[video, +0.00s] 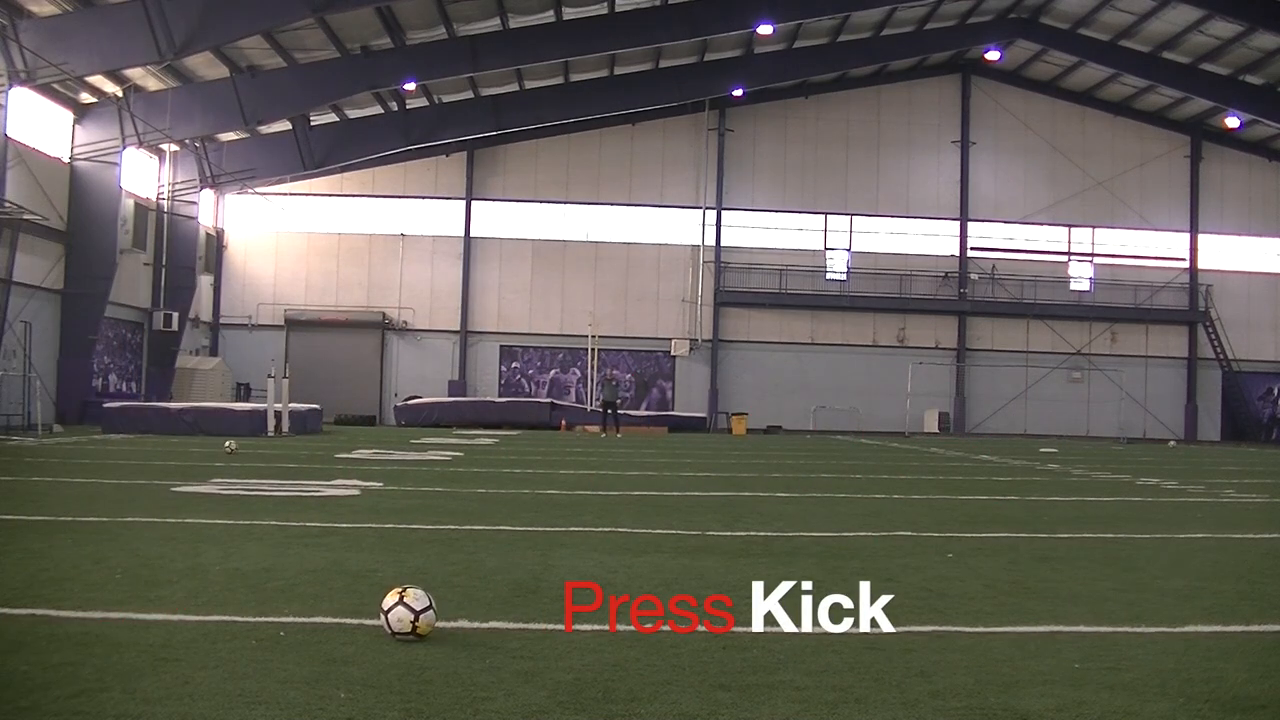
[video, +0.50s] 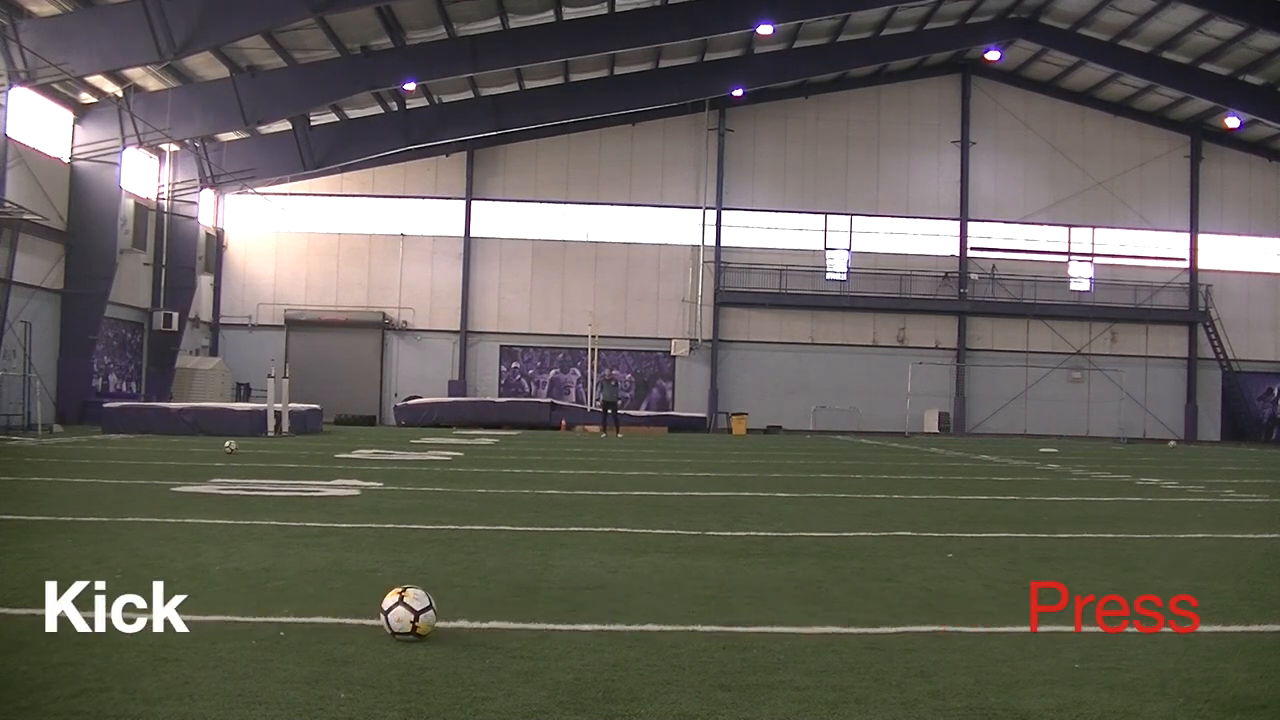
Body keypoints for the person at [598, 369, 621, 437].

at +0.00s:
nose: (609, 373)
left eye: (610, 372)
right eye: (608, 372)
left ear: (612, 373)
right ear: (606, 373)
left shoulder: (615, 381)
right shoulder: (603, 381)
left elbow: (619, 391)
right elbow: (600, 391)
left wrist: (619, 399)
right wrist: (599, 399)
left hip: (613, 401)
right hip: (605, 401)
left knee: (615, 417)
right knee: (604, 417)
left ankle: (617, 432)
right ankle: (604, 432)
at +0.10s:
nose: (609, 374)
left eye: (610, 372)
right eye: (607, 372)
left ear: (612, 373)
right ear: (606, 373)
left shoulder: (615, 381)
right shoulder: (603, 381)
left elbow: (618, 391)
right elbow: (599, 391)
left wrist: (619, 399)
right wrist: (598, 399)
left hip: (613, 401)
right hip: (605, 401)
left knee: (615, 417)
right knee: (604, 417)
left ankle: (617, 432)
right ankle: (604, 432)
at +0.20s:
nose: (608, 374)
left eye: (610, 372)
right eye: (607, 372)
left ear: (612, 373)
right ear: (605, 373)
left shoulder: (615, 381)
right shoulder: (603, 381)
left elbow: (618, 391)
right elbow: (599, 391)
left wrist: (618, 399)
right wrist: (598, 399)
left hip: (613, 401)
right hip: (605, 401)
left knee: (615, 417)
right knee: (604, 417)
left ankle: (617, 432)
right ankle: (604, 432)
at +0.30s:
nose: (608, 375)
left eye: (610, 373)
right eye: (607, 373)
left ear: (612, 374)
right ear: (605, 373)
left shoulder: (615, 382)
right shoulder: (602, 382)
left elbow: (617, 391)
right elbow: (599, 391)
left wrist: (618, 399)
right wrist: (598, 399)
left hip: (613, 401)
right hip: (605, 401)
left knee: (615, 417)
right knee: (604, 417)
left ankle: (617, 432)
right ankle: (604, 432)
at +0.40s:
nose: (608, 375)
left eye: (610, 373)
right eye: (607, 373)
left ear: (612, 374)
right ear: (605, 373)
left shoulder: (615, 381)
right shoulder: (602, 382)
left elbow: (617, 391)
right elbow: (599, 391)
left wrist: (618, 399)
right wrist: (598, 399)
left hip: (613, 401)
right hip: (605, 401)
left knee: (615, 417)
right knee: (604, 417)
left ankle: (617, 432)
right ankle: (604, 432)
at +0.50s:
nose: (608, 374)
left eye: (610, 373)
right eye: (607, 373)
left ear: (612, 373)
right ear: (605, 373)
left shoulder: (615, 381)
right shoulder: (602, 382)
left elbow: (618, 391)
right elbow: (599, 391)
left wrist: (619, 399)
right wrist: (598, 399)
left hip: (613, 401)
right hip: (605, 401)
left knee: (615, 417)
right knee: (604, 417)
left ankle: (617, 432)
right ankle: (604, 432)